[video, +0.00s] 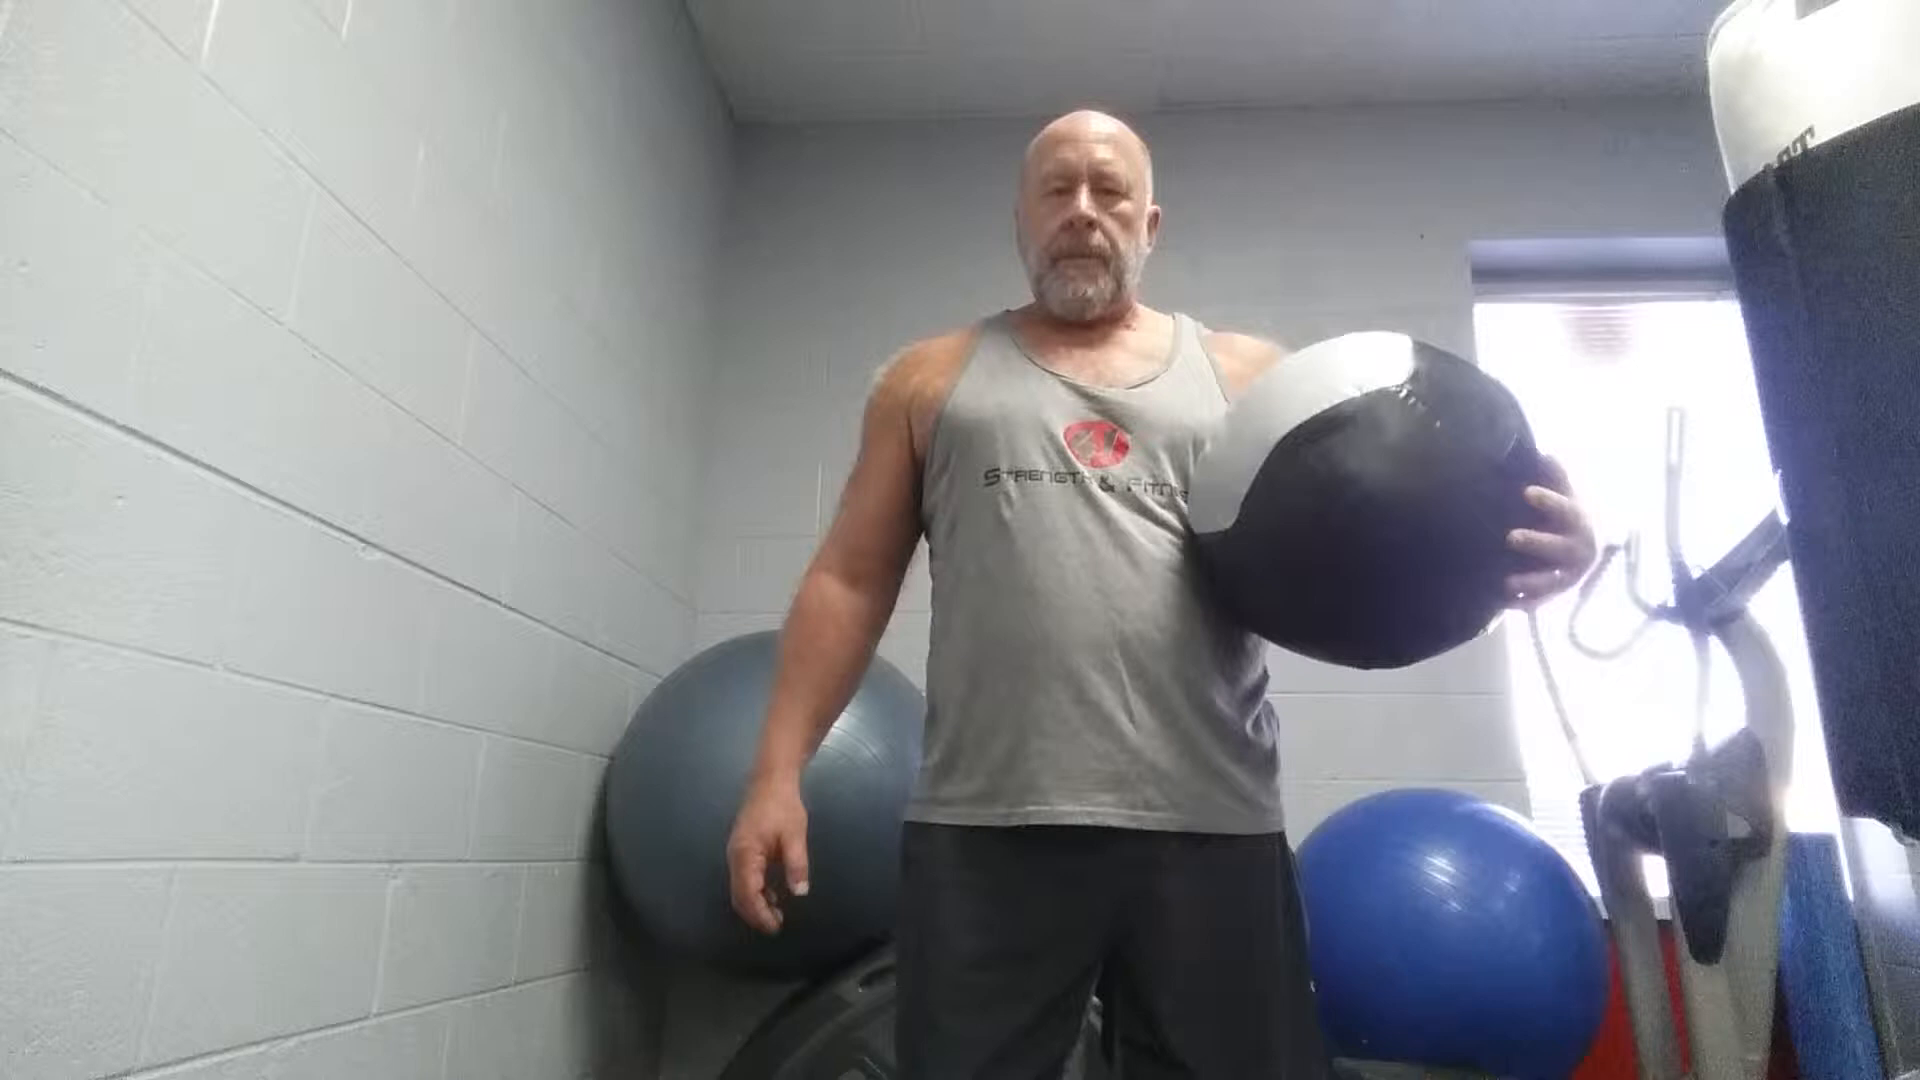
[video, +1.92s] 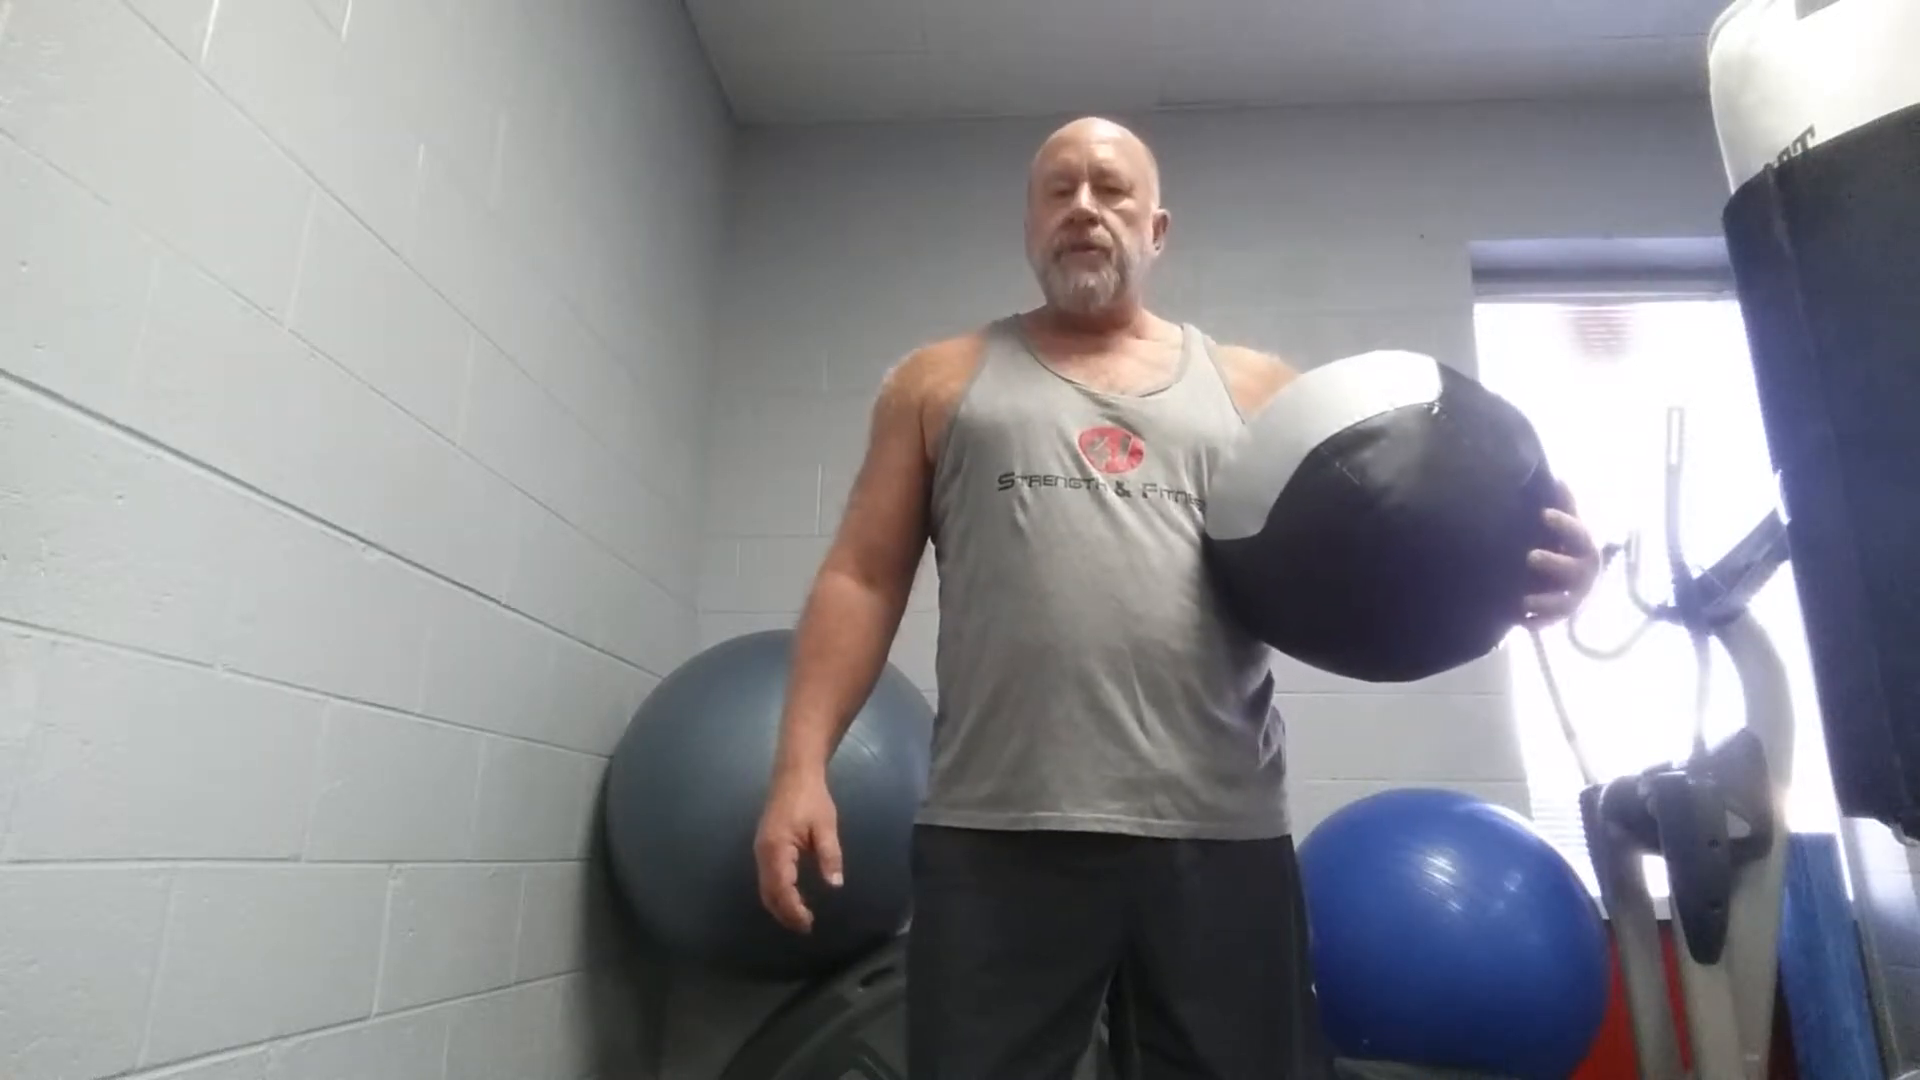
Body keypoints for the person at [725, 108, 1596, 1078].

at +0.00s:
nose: (1080, 209)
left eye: (1108, 190)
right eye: (1055, 189)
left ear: (1152, 222)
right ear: (1021, 222)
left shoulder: (1245, 371)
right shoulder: (930, 379)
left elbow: (1395, 514)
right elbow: (849, 581)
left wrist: (1547, 545)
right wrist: (776, 774)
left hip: (1210, 835)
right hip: (984, 834)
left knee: (1247, 1067)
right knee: (962, 1066)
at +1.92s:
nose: (1084, 207)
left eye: (1112, 189)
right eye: (1059, 190)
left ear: (1158, 226)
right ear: (1028, 227)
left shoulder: (1252, 384)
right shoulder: (941, 381)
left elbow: (1397, 528)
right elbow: (861, 576)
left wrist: (1540, 566)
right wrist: (800, 768)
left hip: (1222, 842)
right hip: (995, 840)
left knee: (1246, 1069)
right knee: (977, 1068)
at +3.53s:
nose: (1091, 206)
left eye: (1120, 187)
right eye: (1066, 184)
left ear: (1162, 222)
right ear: (1028, 213)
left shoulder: (1256, 374)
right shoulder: (938, 377)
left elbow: (1404, 521)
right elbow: (864, 564)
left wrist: (1545, 558)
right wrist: (832, 714)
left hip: (1222, 844)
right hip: (995, 843)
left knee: (1250, 1067)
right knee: (976, 1068)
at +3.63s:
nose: (1091, 206)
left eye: (1120, 187)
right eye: (1066, 183)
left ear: (1160, 222)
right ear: (1029, 212)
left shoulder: (1253, 373)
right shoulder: (936, 379)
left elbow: (1400, 525)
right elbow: (853, 558)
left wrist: (1540, 565)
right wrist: (876, 623)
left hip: (1221, 844)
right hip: (994, 844)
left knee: (1249, 1067)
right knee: (975, 1067)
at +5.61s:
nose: (1035, 205)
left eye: (1063, 182)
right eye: (1010, 185)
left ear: (1115, 210)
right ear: (984, 217)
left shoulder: (1235, 364)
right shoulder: (912, 389)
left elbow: (1385, 507)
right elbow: (833, 614)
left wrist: (1529, 541)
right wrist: (875, 561)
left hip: (1215, 841)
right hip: (986, 844)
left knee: (1241, 1070)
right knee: (968, 1070)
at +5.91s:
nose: (1033, 199)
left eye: (1062, 179)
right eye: (1009, 180)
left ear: (1115, 214)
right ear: (983, 216)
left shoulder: (1230, 365)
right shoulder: (911, 389)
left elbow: (1379, 508)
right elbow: (829, 613)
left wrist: (1522, 545)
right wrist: (866, 569)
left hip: (1209, 841)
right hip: (980, 843)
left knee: (1236, 1070)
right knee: (965, 1069)